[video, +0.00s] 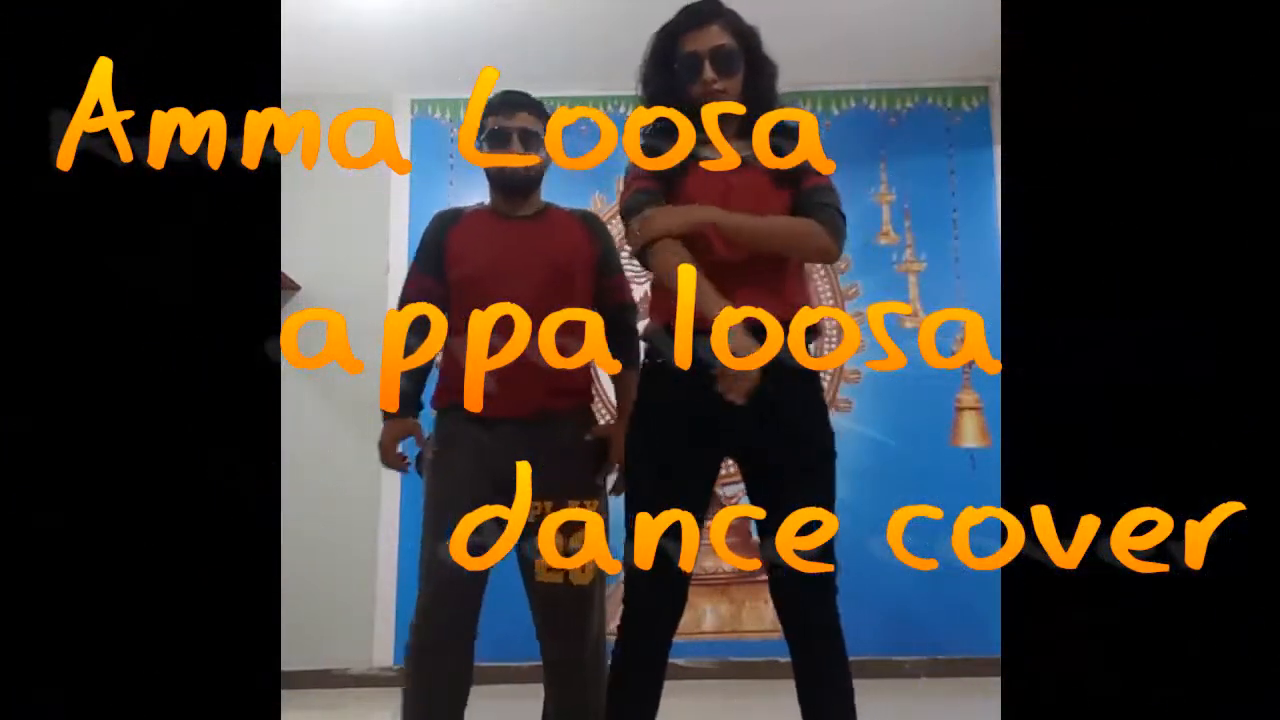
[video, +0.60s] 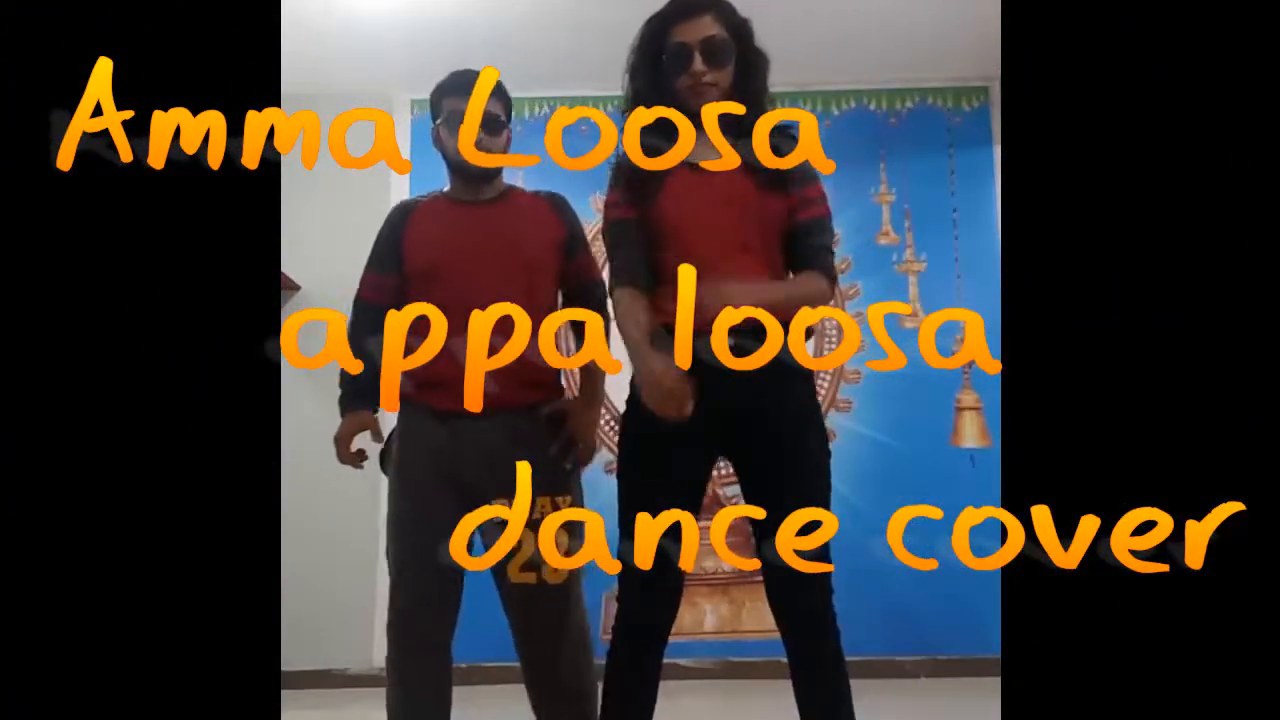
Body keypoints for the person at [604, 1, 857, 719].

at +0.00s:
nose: (710, 74)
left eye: (724, 58)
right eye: (692, 65)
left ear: (751, 65)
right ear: (670, 78)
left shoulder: (789, 137)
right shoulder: (657, 148)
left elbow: (828, 239)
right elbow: (655, 245)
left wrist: (699, 216)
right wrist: (728, 327)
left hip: (783, 379)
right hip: (677, 379)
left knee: (807, 589)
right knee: (653, 590)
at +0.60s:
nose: (698, 67)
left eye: (714, 51)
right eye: (679, 56)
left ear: (743, 61)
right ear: (656, 72)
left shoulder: (783, 152)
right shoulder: (639, 161)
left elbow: (820, 284)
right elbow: (626, 278)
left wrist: (724, 295)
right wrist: (645, 360)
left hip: (772, 387)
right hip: (670, 385)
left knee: (804, 596)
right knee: (647, 597)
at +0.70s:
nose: (702, 65)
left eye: (718, 49)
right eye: (683, 54)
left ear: (747, 58)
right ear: (662, 69)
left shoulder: (784, 148)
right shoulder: (644, 157)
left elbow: (818, 272)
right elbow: (628, 289)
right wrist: (613, 414)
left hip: (782, 389)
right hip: (676, 389)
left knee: (807, 595)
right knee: (650, 599)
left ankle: (834, 718)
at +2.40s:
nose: (635, 61)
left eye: (653, 42)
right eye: (634, 46)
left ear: (709, 47)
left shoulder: (778, 137)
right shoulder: (636, 148)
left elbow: (820, 272)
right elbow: (615, 285)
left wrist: (909, 347)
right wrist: (582, 301)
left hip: (765, 387)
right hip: (658, 388)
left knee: (818, 599)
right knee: (636, 602)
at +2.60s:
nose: (672, 53)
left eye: (690, 35)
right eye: (657, 45)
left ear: (731, 42)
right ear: (647, 66)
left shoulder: (786, 135)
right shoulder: (649, 152)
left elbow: (846, 272)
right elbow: (630, 304)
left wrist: (957, 249)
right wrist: (567, 257)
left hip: (796, 388)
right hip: (686, 391)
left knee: (822, 601)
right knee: (653, 605)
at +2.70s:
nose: (694, 48)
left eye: (711, 30)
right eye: (675, 39)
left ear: (744, 44)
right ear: (659, 62)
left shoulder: (790, 132)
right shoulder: (655, 150)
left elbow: (868, 253)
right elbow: (632, 298)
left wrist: (953, 164)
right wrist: (560, 207)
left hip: (797, 388)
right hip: (689, 390)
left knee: (824, 598)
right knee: (643, 603)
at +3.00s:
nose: (710, 47)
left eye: (727, 32)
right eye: (691, 36)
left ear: (755, 47)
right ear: (670, 55)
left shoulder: (789, 134)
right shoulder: (659, 147)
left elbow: (888, 186)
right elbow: (617, 285)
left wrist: (885, 63)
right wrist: (562, 182)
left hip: (767, 380)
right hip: (664, 378)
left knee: (802, 592)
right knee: (637, 594)